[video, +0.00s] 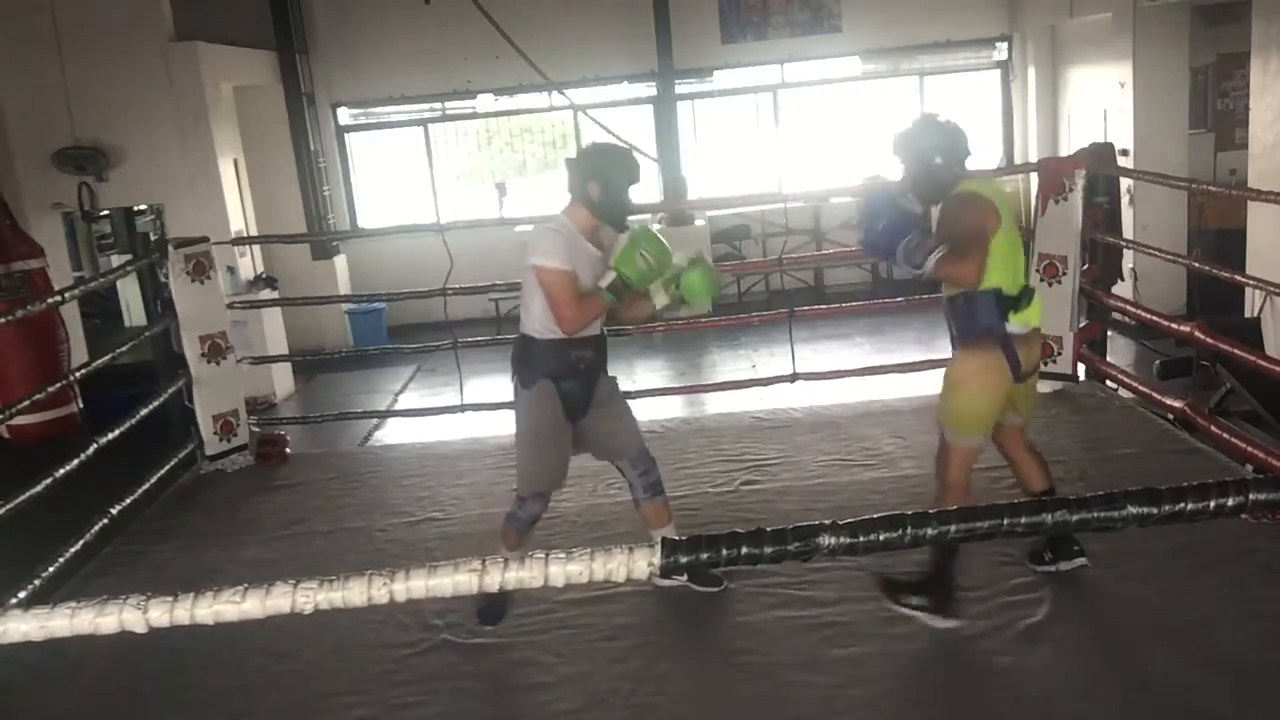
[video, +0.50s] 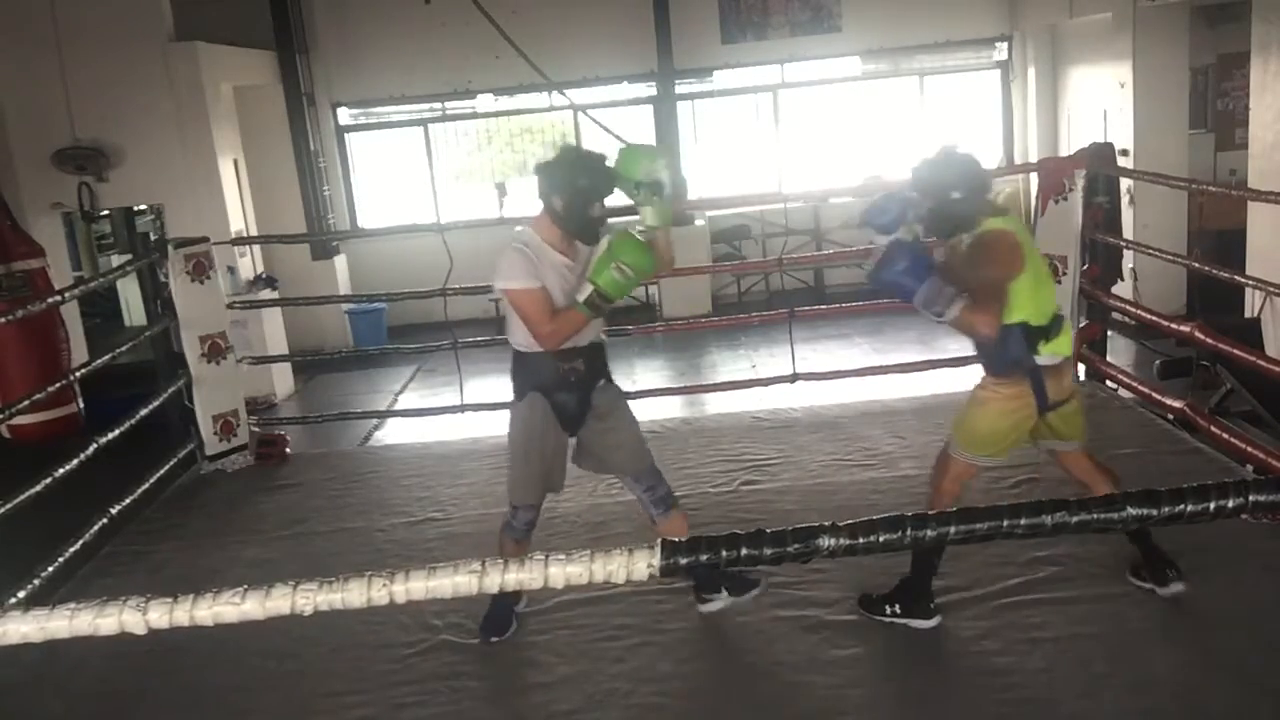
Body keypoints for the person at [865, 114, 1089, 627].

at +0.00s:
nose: (906, 177)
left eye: (908, 164)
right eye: (903, 166)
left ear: (932, 161)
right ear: (955, 156)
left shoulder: (962, 204)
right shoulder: (994, 194)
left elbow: (967, 269)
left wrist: (914, 252)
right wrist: (917, 243)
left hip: (982, 355)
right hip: (1023, 345)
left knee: (953, 468)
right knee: (1012, 439)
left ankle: (939, 583)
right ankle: (1060, 536)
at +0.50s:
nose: (924, 216)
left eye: (927, 206)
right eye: (922, 207)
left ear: (948, 205)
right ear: (977, 193)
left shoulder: (991, 243)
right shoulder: (1006, 229)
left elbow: (989, 326)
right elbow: (964, 274)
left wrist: (931, 296)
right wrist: (922, 256)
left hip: (1011, 383)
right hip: (1059, 372)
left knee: (948, 479)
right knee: (1080, 462)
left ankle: (916, 592)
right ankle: (1155, 558)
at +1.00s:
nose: (975, 191)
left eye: (974, 182)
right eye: (973, 182)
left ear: (988, 183)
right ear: (1024, 171)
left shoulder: (1016, 227)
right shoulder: (1062, 211)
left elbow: (954, 270)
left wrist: (936, 206)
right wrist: (959, 213)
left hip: (1044, 373)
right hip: (1099, 362)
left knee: (986, 480)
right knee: (1107, 459)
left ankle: (964, 596)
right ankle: (1165, 566)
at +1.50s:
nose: (988, 202)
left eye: (989, 191)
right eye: (985, 192)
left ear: (1008, 190)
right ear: (1039, 179)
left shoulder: (1040, 232)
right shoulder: (1080, 216)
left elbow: (1024, 298)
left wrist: (973, 260)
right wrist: (986, 241)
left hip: (1064, 374)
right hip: (1114, 361)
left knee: (996, 478)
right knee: (1131, 448)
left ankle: (965, 595)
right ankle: (1194, 541)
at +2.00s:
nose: (1050, 187)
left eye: (1050, 178)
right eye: (1046, 177)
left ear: (1066, 177)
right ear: (1100, 164)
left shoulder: (1098, 216)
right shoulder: (1135, 200)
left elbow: (1047, 267)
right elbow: (1068, 258)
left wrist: (1015, 205)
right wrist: (1037, 207)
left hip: (1121, 366)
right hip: (1173, 354)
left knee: (1062, 468)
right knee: (1170, 446)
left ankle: (1042, 588)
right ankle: (1208, 553)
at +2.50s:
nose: (1067, 205)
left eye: (1069, 196)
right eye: (1065, 196)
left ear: (1088, 193)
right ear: (1119, 180)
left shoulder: (1121, 237)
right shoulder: (1166, 210)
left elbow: (1081, 303)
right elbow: (1083, 244)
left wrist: (1032, 247)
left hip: (1145, 385)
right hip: (1205, 373)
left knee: (1066, 471)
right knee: (1214, 458)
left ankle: (1040, 588)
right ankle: (1268, 560)